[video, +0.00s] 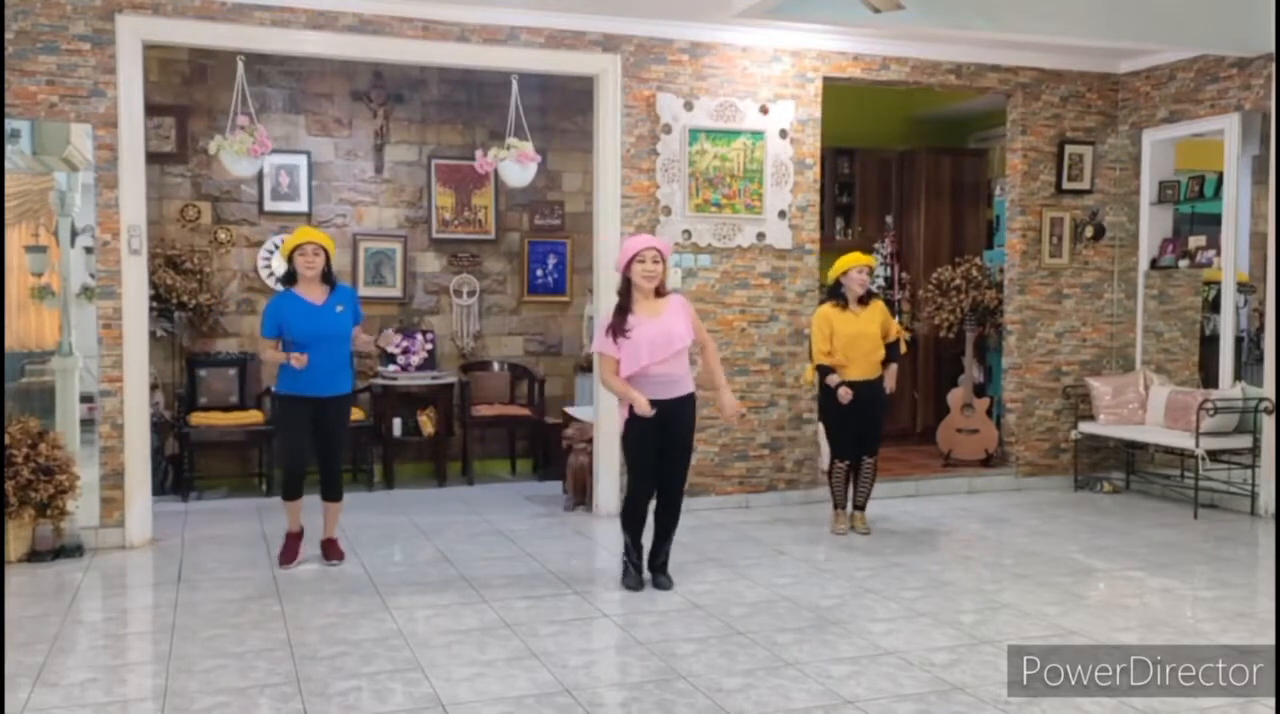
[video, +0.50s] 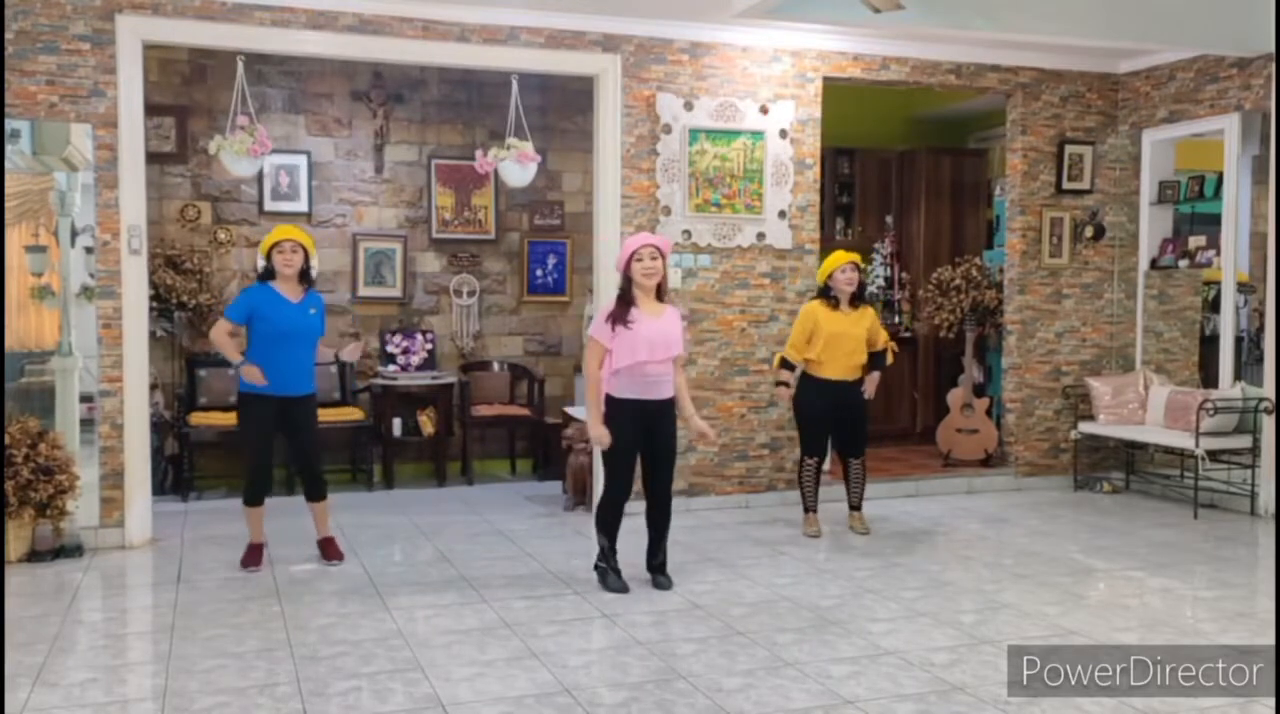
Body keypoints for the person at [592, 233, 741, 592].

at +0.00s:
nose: (650, 268)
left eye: (656, 261)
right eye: (642, 261)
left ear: (665, 268)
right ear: (628, 270)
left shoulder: (680, 305)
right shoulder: (618, 318)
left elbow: (707, 346)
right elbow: (607, 374)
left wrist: (723, 391)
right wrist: (633, 395)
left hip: (680, 406)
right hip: (641, 410)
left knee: (673, 490)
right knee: (641, 488)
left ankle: (660, 563)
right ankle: (633, 559)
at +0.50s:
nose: (648, 265)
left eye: (655, 259)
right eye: (640, 259)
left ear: (664, 268)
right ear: (628, 269)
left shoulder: (673, 316)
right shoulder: (613, 314)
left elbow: (678, 371)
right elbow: (592, 365)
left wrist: (692, 418)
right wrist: (595, 420)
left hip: (662, 409)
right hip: (621, 409)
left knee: (660, 491)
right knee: (617, 489)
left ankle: (658, 564)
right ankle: (606, 561)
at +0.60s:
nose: (646, 265)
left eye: (652, 258)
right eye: (638, 259)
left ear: (663, 267)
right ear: (625, 269)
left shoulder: (668, 317)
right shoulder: (610, 312)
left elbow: (670, 373)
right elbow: (581, 361)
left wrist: (683, 421)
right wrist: (576, 415)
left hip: (655, 410)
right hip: (612, 409)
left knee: (656, 492)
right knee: (613, 490)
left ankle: (656, 563)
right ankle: (605, 562)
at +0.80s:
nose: (640, 264)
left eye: (647, 258)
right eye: (632, 259)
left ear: (657, 268)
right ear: (620, 268)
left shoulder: (662, 318)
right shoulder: (601, 309)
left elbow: (662, 373)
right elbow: (564, 350)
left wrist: (673, 421)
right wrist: (551, 405)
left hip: (645, 410)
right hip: (601, 408)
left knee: (646, 490)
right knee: (603, 487)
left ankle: (643, 560)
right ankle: (603, 563)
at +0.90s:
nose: (636, 265)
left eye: (643, 258)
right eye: (628, 259)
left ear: (654, 268)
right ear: (617, 269)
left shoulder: (661, 318)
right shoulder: (598, 310)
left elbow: (660, 375)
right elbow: (559, 350)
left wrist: (670, 421)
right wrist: (542, 400)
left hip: (641, 410)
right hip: (597, 408)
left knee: (637, 491)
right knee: (600, 487)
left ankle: (632, 560)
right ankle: (602, 562)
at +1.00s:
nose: (633, 267)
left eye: (640, 260)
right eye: (625, 262)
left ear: (651, 269)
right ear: (615, 271)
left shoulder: (661, 320)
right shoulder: (598, 310)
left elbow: (660, 375)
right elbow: (560, 355)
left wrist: (670, 424)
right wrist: (536, 399)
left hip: (637, 411)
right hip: (596, 407)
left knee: (628, 489)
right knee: (597, 487)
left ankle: (622, 563)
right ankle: (602, 562)